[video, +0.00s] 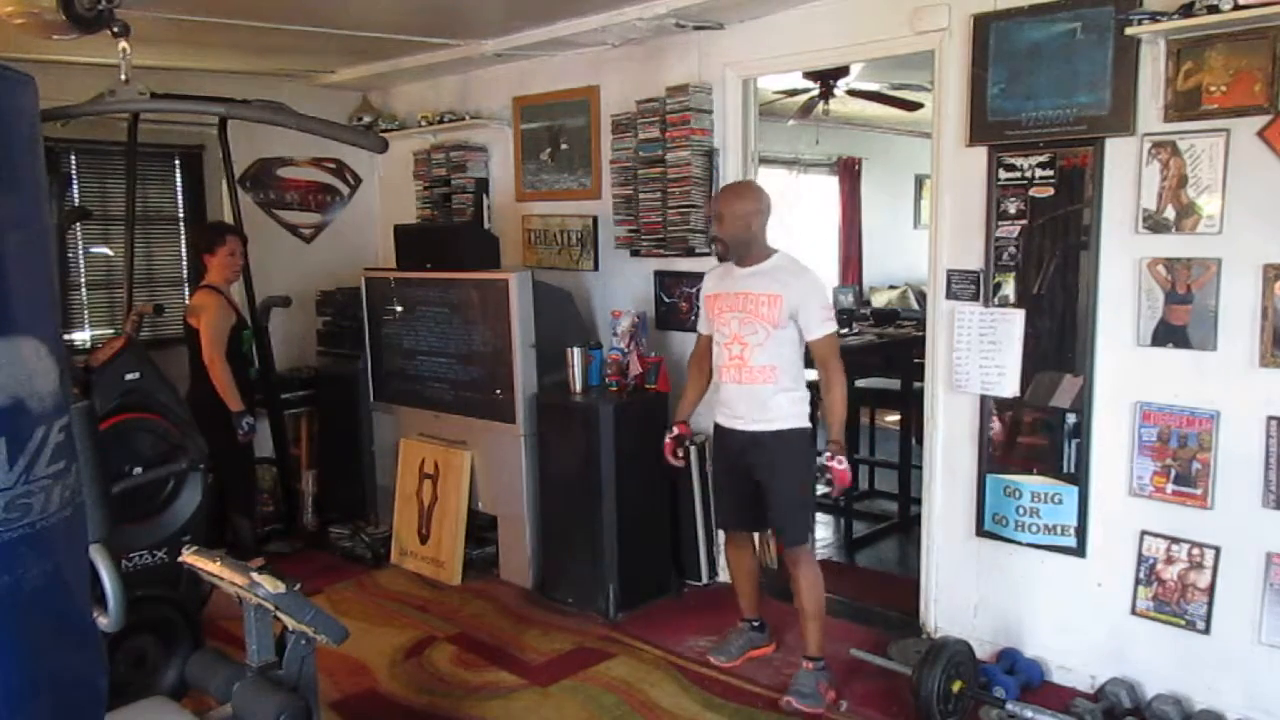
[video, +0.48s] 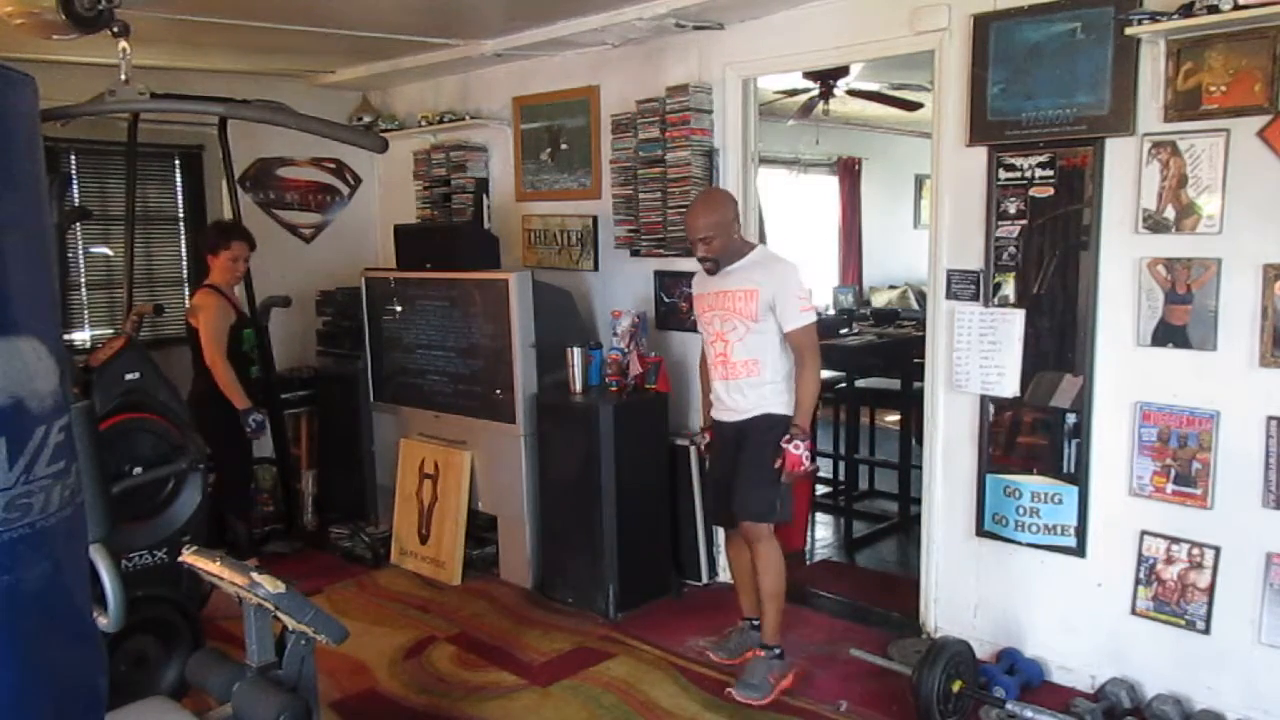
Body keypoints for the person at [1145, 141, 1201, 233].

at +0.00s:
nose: (1157, 158)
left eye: (1159, 153)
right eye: (1155, 156)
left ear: (1168, 150)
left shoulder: (1175, 161)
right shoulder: (1163, 167)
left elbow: (1170, 187)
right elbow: (1161, 188)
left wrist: (1160, 213)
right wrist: (1157, 212)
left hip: (1191, 210)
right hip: (1180, 212)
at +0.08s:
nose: (1157, 158)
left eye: (1159, 153)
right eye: (1155, 156)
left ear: (1168, 150)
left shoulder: (1175, 161)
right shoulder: (1163, 167)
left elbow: (1170, 187)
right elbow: (1161, 189)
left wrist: (1160, 213)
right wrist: (1157, 212)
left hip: (1191, 210)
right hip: (1180, 212)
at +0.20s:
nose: (1157, 158)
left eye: (1159, 153)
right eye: (1155, 156)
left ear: (1168, 150)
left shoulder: (1175, 161)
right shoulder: (1163, 167)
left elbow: (1170, 187)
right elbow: (1161, 189)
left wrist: (1160, 213)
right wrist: (1157, 212)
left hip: (1190, 210)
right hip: (1180, 212)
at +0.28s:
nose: (1157, 158)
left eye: (1159, 153)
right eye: (1155, 156)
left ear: (1168, 150)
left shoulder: (1175, 161)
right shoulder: (1163, 167)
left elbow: (1170, 187)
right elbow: (1161, 189)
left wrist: (1160, 213)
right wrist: (1157, 212)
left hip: (1190, 210)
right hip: (1180, 212)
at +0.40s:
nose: (1157, 158)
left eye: (1159, 153)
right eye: (1155, 156)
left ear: (1168, 150)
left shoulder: (1175, 161)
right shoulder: (1163, 167)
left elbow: (1170, 187)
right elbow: (1161, 189)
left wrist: (1160, 213)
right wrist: (1157, 212)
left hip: (1190, 210)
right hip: (1180, 212)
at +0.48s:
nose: (1157, 158)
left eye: (1159, 153)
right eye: (1155, 155)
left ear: (1168, 150)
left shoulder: (1175, 161)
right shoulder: (1164, 166)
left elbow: (1170, 187)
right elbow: (1161, 188)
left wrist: (1160, 213)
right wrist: (1157, 212)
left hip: (1189, 210)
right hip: (1180, 212)